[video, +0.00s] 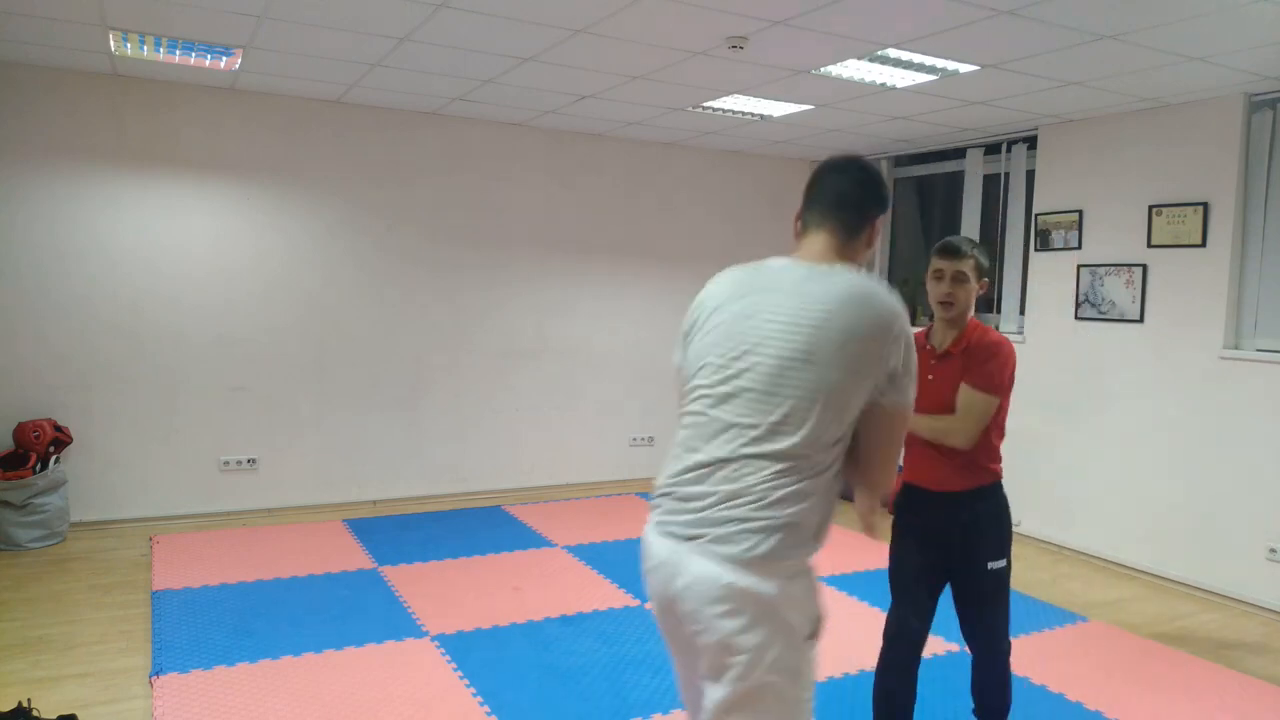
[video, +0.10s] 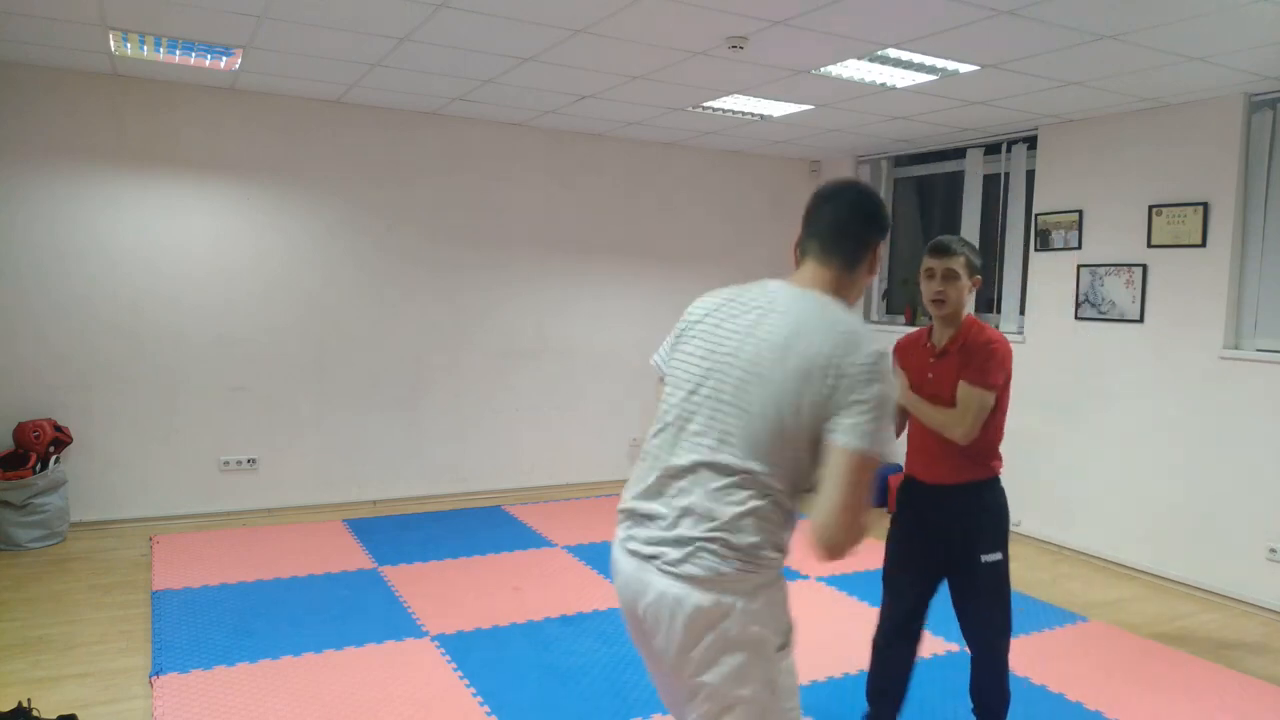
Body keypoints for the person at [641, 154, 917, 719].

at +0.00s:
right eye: (882, 231)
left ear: (798, 220)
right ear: (873, 232)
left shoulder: (722, 286)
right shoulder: (880, 312)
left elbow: (694, 409)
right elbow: (874, 479)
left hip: (664, 555)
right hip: (753, 582)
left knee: (706, 708)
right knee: (758, 709)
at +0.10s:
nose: (874, 276)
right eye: (880, 263)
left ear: (797, 245)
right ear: (874, 261)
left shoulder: (711, 306)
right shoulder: (855, 348)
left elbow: (657, 439)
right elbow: (832, 538)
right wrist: (863, 512)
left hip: (635, 568)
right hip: (722, 598)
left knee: (702, 708)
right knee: (760, 710)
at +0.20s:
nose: (873, 280)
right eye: (878, 268)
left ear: (798, 244)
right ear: (870, 267)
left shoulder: (707, 305)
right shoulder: (833, 346)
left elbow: (599, 402)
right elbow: (773, 523)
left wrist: (689, 443)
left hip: (621, 559)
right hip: (706, 590)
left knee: (671, 708)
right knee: (750, 709)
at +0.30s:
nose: (845, 268)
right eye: (849, 254)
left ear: (773, 235)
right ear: (843, 252)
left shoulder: (690, 298)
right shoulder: (810, 330)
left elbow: (593, 399)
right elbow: (767, 515)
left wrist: (686, 433)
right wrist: (788, 635)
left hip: (617, 553)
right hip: (699, 577)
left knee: (664, 689)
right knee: (739, 704)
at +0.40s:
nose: (812, 264)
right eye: (815, 253)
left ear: (739, 243)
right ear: (806, 256)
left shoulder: (664, 310)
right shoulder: (793, 326)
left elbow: (596, 437)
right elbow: (787, 493)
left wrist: (680, 437)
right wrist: (805, 579)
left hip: (614, 559)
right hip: (697, 575)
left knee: (660, 691)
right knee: (737, 707)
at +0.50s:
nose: (784, 278)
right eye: (785, 267)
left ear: (715, 266)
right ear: (778, 269)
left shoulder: (655, 327)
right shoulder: (774, 321)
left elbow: (606, 459)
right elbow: (786, 473)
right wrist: (820, 505)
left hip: (606, 560)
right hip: (687, 572)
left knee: (668, 683)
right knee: (731, 708)